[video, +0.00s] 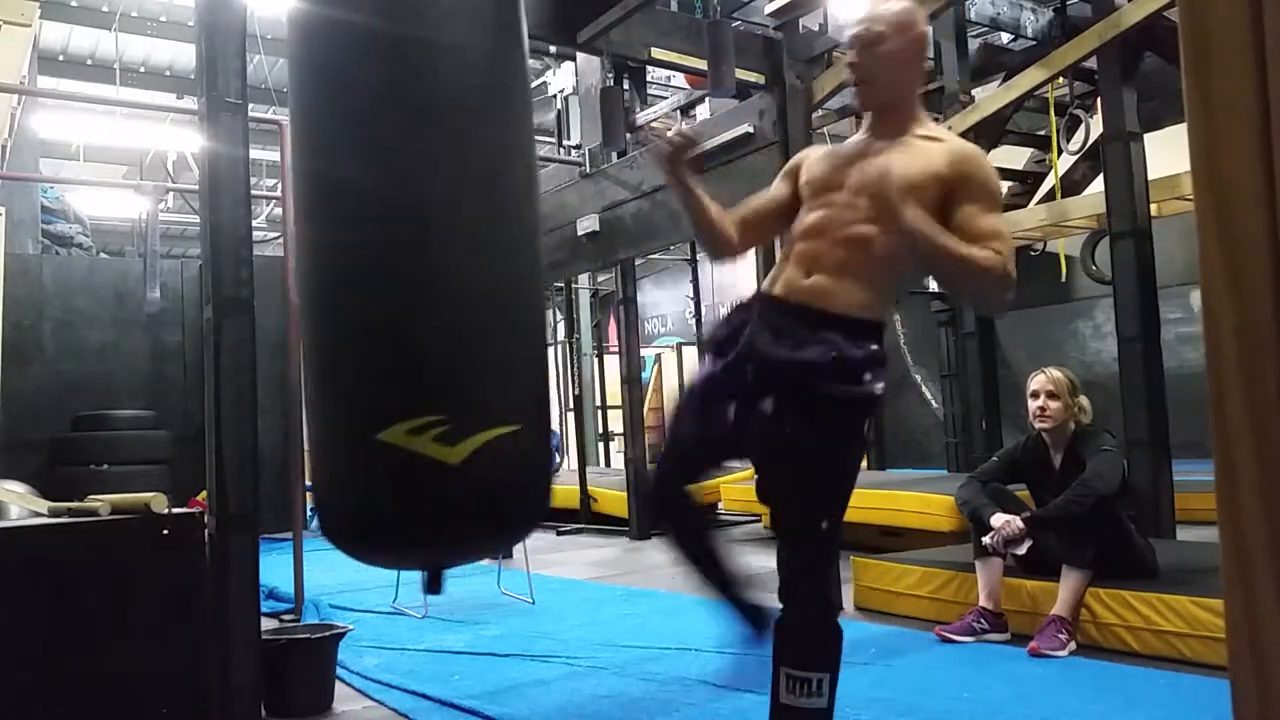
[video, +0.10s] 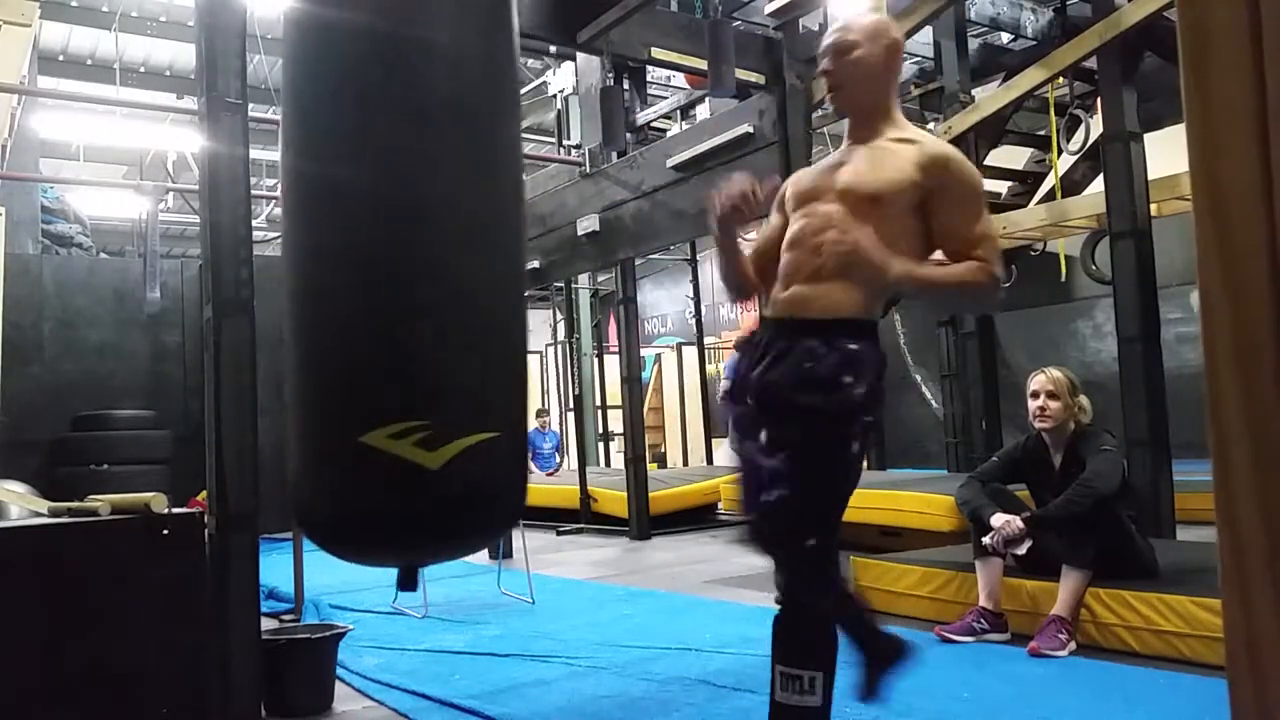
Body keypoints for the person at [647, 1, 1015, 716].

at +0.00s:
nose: (850, 57)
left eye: (867, 44)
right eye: (850, 46)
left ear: (914, 53)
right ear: (853, 60)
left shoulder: (956, 160)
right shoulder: (813, 161)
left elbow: (997, 281)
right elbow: (727, 238)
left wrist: (910, 217)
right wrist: (684, 177)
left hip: (836, 359)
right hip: (756, 338)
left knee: (805, 564)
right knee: (662, 486)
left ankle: (801, 713)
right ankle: (756, 618)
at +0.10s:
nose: (823, 64)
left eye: (841, 48)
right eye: (822, 54)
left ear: (893, 51)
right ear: (823, 72)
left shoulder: (935, 160)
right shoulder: (801, 181)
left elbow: (986, 275)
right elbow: (750, 284)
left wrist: (894, 269)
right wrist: (726, 232)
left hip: (838, 354)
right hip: (769, 352)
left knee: (803, 545)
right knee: (773, 528)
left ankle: (797, 711)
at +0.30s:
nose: (809, 117)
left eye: (817, 98)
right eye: (804, 105)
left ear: (862, 84)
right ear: (859, 91)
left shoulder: (880, 164)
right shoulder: (866, 174)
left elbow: (905, 261)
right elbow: (861, 305)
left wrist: (787, 268)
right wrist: (786, 317)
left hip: (849, 378)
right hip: (864, 379)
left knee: (790, 553)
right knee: (881, 550)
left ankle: (800, 711)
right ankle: (956, 703)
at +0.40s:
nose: (805, 134)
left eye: (813, 116)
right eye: (801, 121)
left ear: (855, 106)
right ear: (861, 112)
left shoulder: (850, 182)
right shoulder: (915, 189)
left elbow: (826, 264)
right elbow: (910, 293)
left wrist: (740, 240)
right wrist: (822, 317)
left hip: (854, 381)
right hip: (905, 379)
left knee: (792, 552)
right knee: (888, 545)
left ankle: (825, 711)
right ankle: (956, 701)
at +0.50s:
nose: (806, 133)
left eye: (812, 114)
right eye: (801, 120)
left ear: (855, 94)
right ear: (867, 101)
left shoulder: (840, 171)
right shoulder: (923, 180)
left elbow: (788, 256)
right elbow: (946, 301)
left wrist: (726, 213)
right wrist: (842, 316)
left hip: (853, 367)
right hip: (912, 367)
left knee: (808, 543)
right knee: (898, 534)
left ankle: (821, 710)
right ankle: (954, 700)